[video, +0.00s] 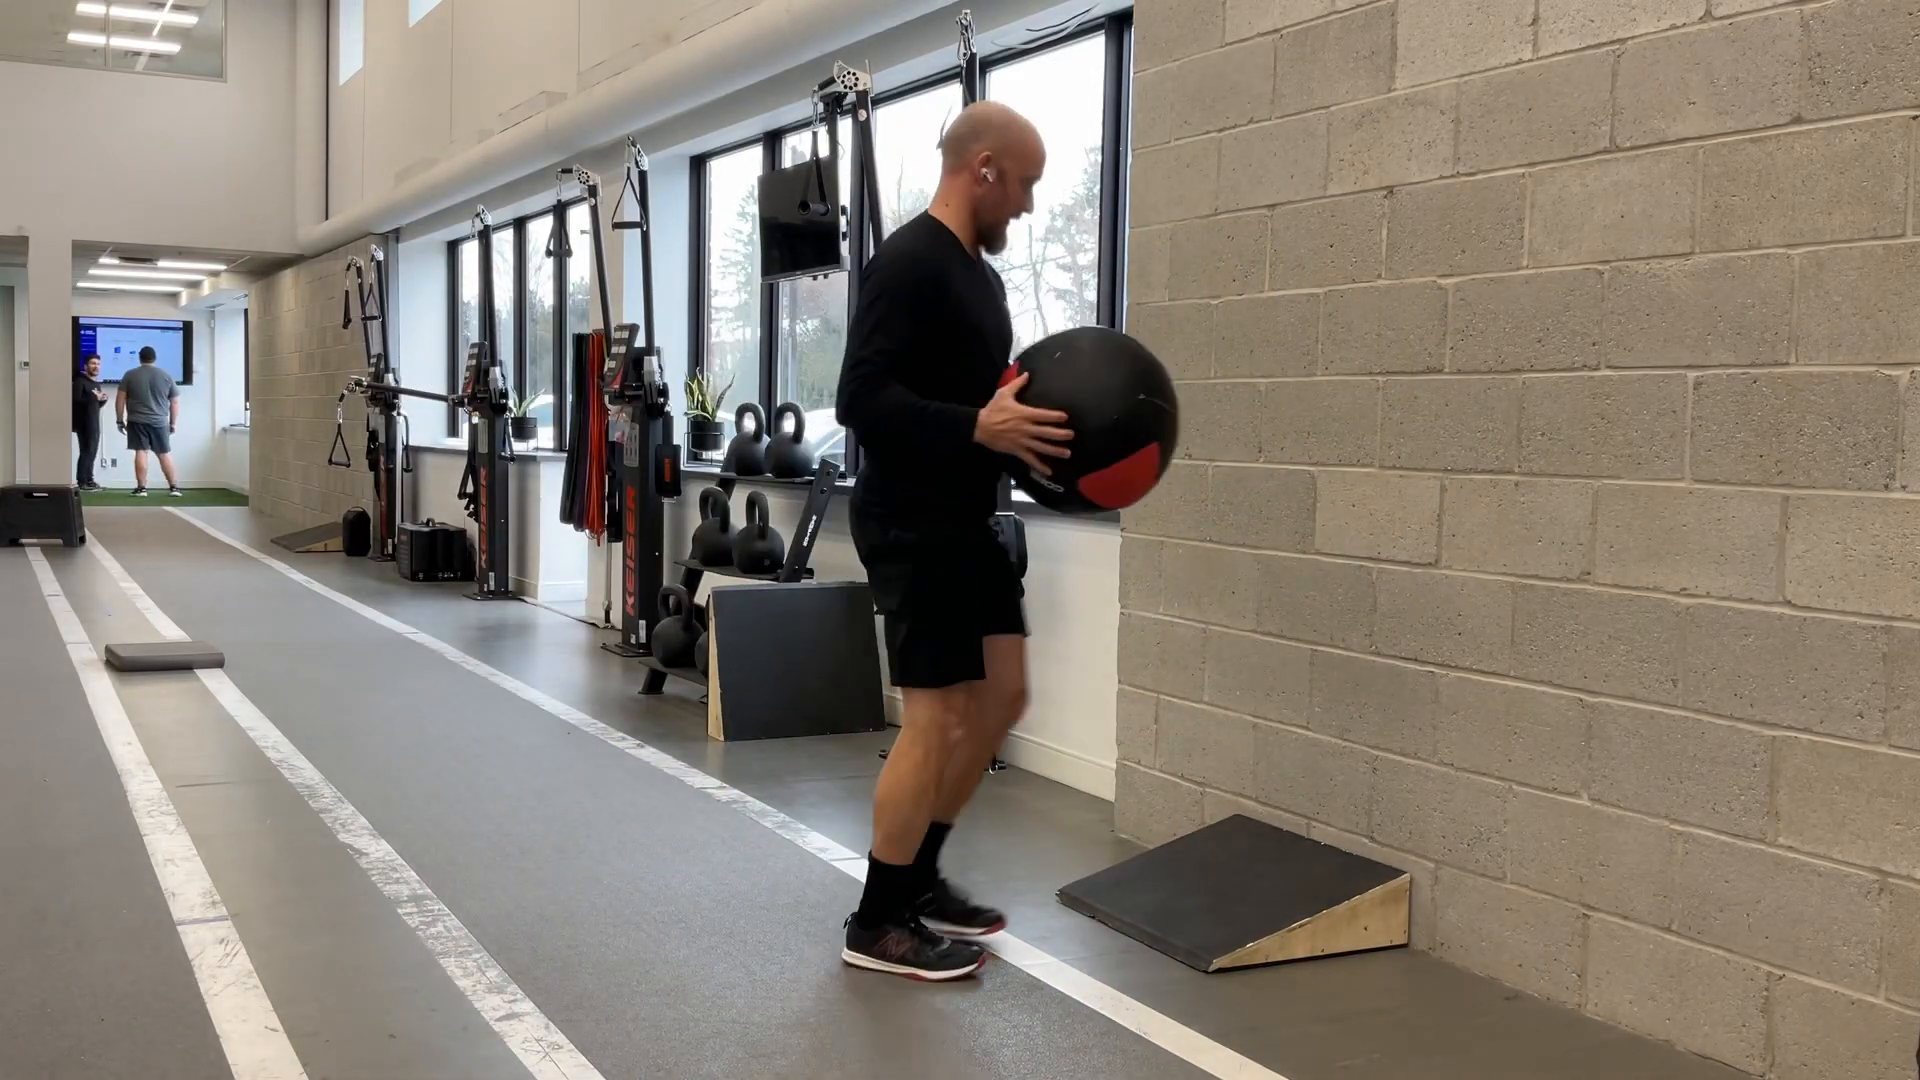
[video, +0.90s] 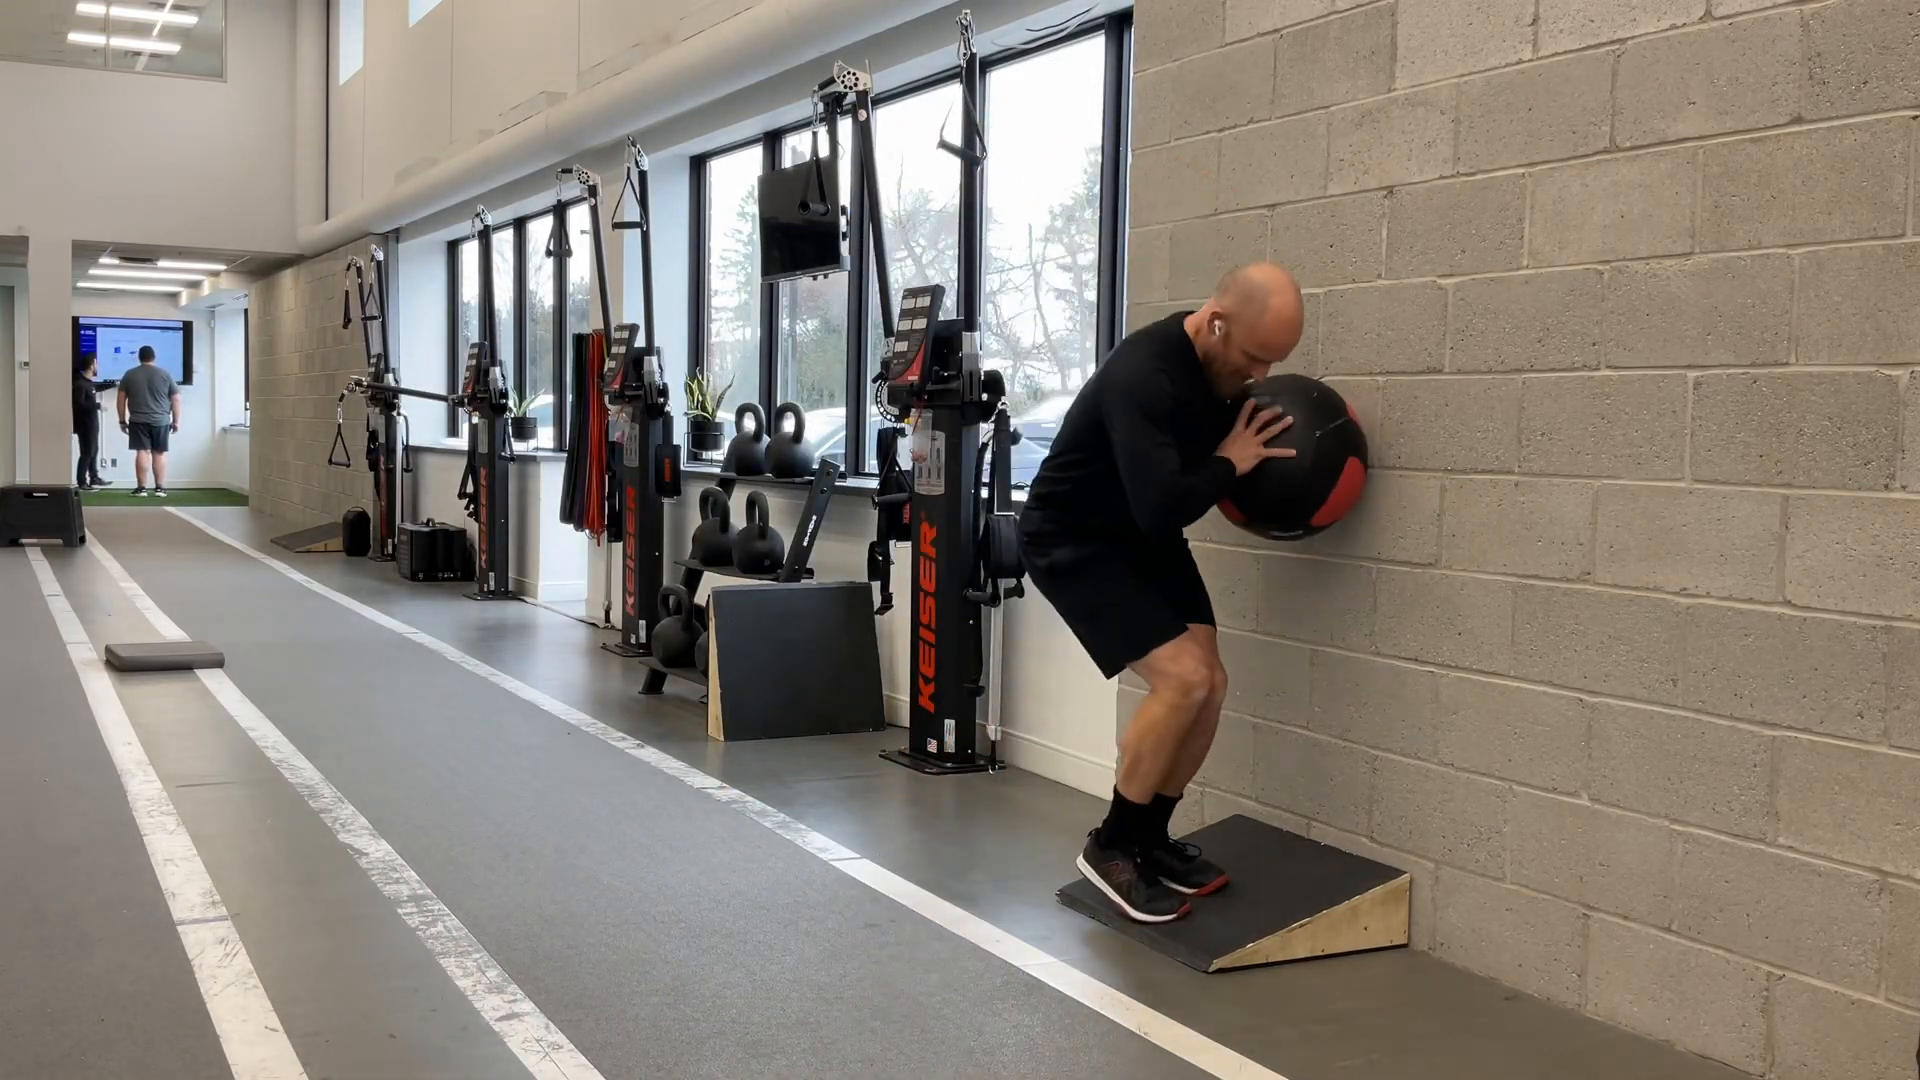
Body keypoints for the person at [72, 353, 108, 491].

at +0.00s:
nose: (96, 366)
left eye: (98, 364)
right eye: (93, 363)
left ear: (100, 366)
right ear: (86, 366)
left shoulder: (96, 384)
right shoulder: (80, 381)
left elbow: (97, 405)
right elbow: (78, 399)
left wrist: (103, 399)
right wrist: (94, 397)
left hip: (93, 421)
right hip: (83, 421)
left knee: (92, 451)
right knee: (86, 451)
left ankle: (89, 479)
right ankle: (83, 480)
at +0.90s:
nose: (96, 366)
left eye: (96, 363)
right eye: (95, 364)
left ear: (86, 365)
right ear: (91, 365)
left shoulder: (88, 383)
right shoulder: (80, 384)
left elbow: (96, 389)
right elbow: (81, 404)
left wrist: (111, 385)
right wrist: (96, 405)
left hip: (91, 423)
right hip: (84, 423)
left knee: (93, 451)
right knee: (86, 452)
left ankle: (94, 477)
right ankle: (82, 481)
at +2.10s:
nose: (97, 365)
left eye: (96, 363)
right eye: (94, 363)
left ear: (91, 366)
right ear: (89, 366)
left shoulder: (99, 378)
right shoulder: (83, 386)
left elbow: (111, 371)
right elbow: (83, 411)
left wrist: (126, 364)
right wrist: (90, 429)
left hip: (101, 423)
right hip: (91, 424)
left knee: (94, 454)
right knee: (88, 454)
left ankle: (89, 480)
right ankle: (83, 481)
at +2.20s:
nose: (97, 365)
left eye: (96, 363)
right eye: (94, 363)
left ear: (91, 366)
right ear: (89, 366)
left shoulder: (98, 378)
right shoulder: (83, 386)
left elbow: (111, 373)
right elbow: (83, 410)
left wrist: (126, 367)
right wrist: (89, 429)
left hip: (101, 422)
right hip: (91, 424)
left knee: (94, 454)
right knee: (88, 454)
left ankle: (89, 480)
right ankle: (83, 481)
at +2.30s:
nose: (96, 365)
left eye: (96, 363)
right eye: (94, 363)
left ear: (92, 366)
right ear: (89, 366)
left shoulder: (97, 379)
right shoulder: (83, 386)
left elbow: (110, 375)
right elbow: (83, 411)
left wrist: (126, 370)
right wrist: (89, 429)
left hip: (100, 423)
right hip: (91, 425)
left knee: (94, 454)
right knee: (88, 454)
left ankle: (89, 480)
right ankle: (83, 481)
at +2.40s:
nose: (97, 365)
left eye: (95, 363)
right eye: (94, 363)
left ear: (92, 366)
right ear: (89, 366)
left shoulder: (98, 379)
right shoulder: (83, 385)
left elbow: (111, 375)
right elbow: (83, 410)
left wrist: (126, 369)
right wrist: (88, 429)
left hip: (100, 423)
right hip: (91, 425)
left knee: (93, 454)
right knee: (87, 454)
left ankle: (89, 480)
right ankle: (83, 481)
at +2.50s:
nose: (96, 365)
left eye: (95, 363)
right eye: (94, 363)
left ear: (92, 365)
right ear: (89, 366)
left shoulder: (98, 379)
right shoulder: (83, 385)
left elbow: (111, 374)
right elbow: (82, 410)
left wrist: (126, 368)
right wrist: (87, 429)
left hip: (99, 423)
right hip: (90, 424)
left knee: (93, 454)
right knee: (87, 453)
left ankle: (89, 480)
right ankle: (83, 481)